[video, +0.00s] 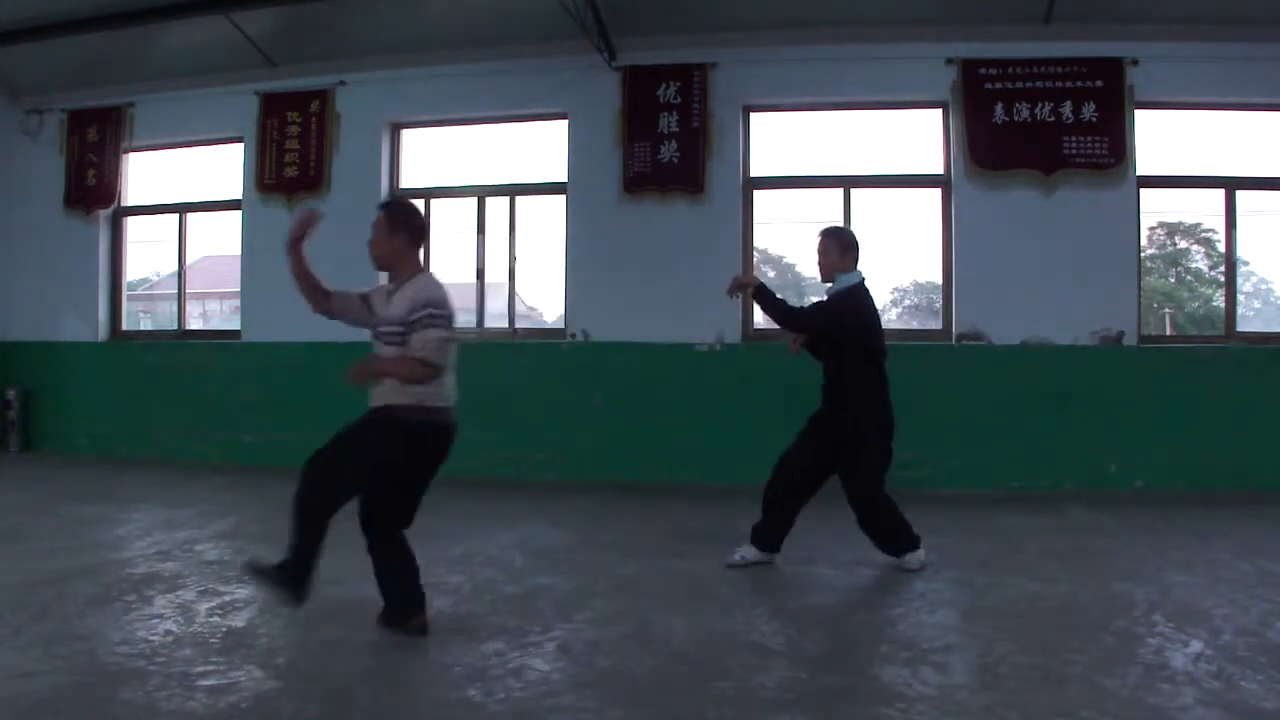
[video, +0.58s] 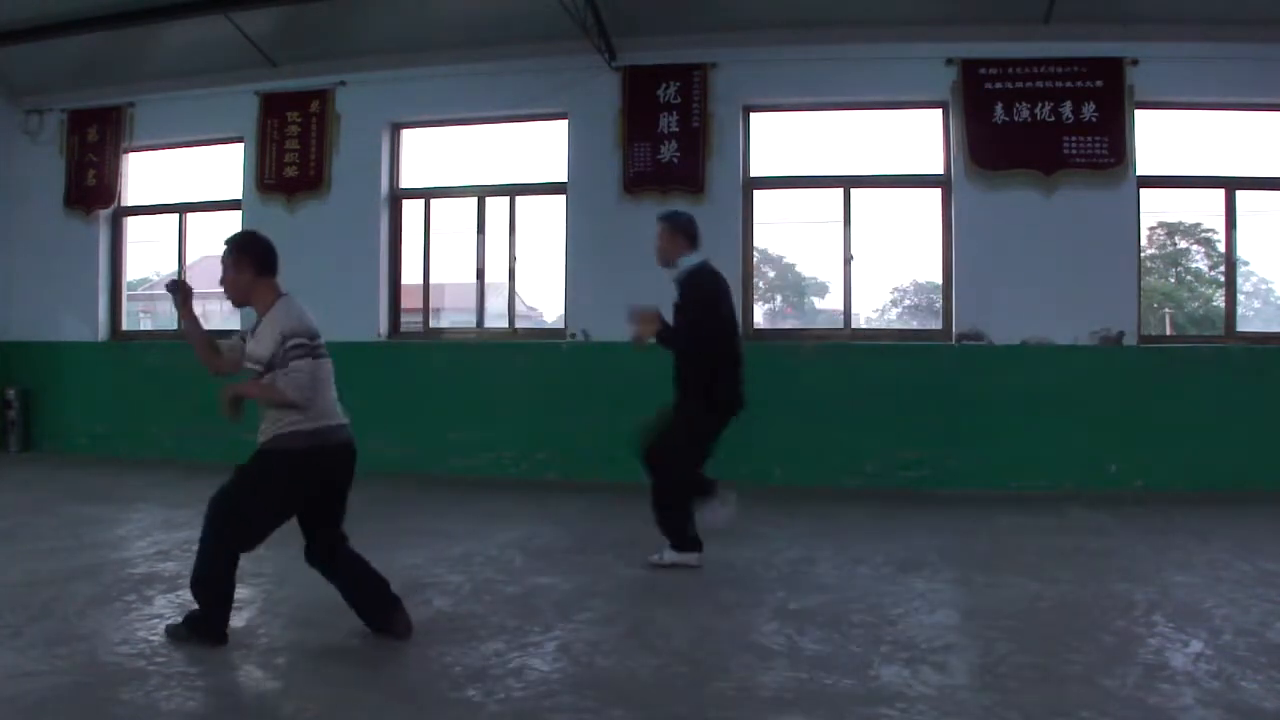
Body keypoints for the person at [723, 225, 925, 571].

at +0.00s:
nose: (817, 260)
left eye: (823, 253)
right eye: (818, 253)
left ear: (844, 256)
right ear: (844, 258)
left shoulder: (847, 301)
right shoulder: (852, 298)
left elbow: (796, 321)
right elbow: (841, 351)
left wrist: (756, 289)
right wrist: (808, 342)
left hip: (856, 414)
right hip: (848, 410)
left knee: (863, 487)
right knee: (792, 473)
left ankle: (909, 548)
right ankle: (764, 545)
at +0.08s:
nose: (809, 264)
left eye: (814, 257)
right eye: (810, 258)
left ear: (832, 260)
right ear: (839, 261)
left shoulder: (840, 305)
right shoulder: (845, 301)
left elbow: (788, 324)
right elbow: (837, 354)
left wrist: (750, 292)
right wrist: (802, 347)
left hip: (849, 416)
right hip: (839, 412)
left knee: (857, 491)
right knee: (779, 469)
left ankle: (908, 548)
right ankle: (757, 544)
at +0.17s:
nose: (798, 269)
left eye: (803, 261)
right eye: (799, 261)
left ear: (819, 263)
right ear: (828, 264)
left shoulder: (830, 308)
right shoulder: (835, 305)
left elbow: (776, 328)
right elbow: (829, 357)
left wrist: (743, 296)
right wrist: (793, 351)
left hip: (839, 417)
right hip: (837, 413)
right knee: (772, 470)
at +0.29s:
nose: (761, 274)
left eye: (765, 267)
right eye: (762, 267)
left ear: (782, 270)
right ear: (790, 269)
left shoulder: (789, 312)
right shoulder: (801, 308)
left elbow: (733, 331)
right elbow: (806, 355)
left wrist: (703, 297)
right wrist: (769, 355)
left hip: (803, 421)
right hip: (818, 419)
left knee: (742, 474)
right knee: (842, 491)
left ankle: (700, 544)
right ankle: (907, 547)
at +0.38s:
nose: (724, 272)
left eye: (730, 266)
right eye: (724, 265)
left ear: (748, 270)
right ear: (750, 270)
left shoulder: (746, 312)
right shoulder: (764, 308)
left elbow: (690, 333)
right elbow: (770, 355)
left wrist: (663, 299)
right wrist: (734, 359)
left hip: (762, 420)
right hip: (782, 417)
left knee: (702, 471)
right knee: (814, 485)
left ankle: (690, 548)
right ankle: (892, 532)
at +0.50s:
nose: (686, 263)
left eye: (690, 255)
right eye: (687, 255)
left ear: (706, 258)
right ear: (714, 259)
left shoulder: (713, 301)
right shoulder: (731, 300)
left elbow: (673, 344)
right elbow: (700, 347)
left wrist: (643, 319)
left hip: (724, 415)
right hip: (746, 414)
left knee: (675, 473)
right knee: (749, 495)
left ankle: (685, 548)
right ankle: (817, 519)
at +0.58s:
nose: (657, 247)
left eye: (661, 239)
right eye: (658, 238)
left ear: (677, 240)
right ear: (684, 241)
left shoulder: (700, 284)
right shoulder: (698, 281)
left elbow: (694, 345)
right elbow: (695, 343)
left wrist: (660, 329)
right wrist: (661, 329)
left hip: (709, 397)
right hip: (707, 394)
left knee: (662, 456)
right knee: (668, 457)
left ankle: (684, 546)